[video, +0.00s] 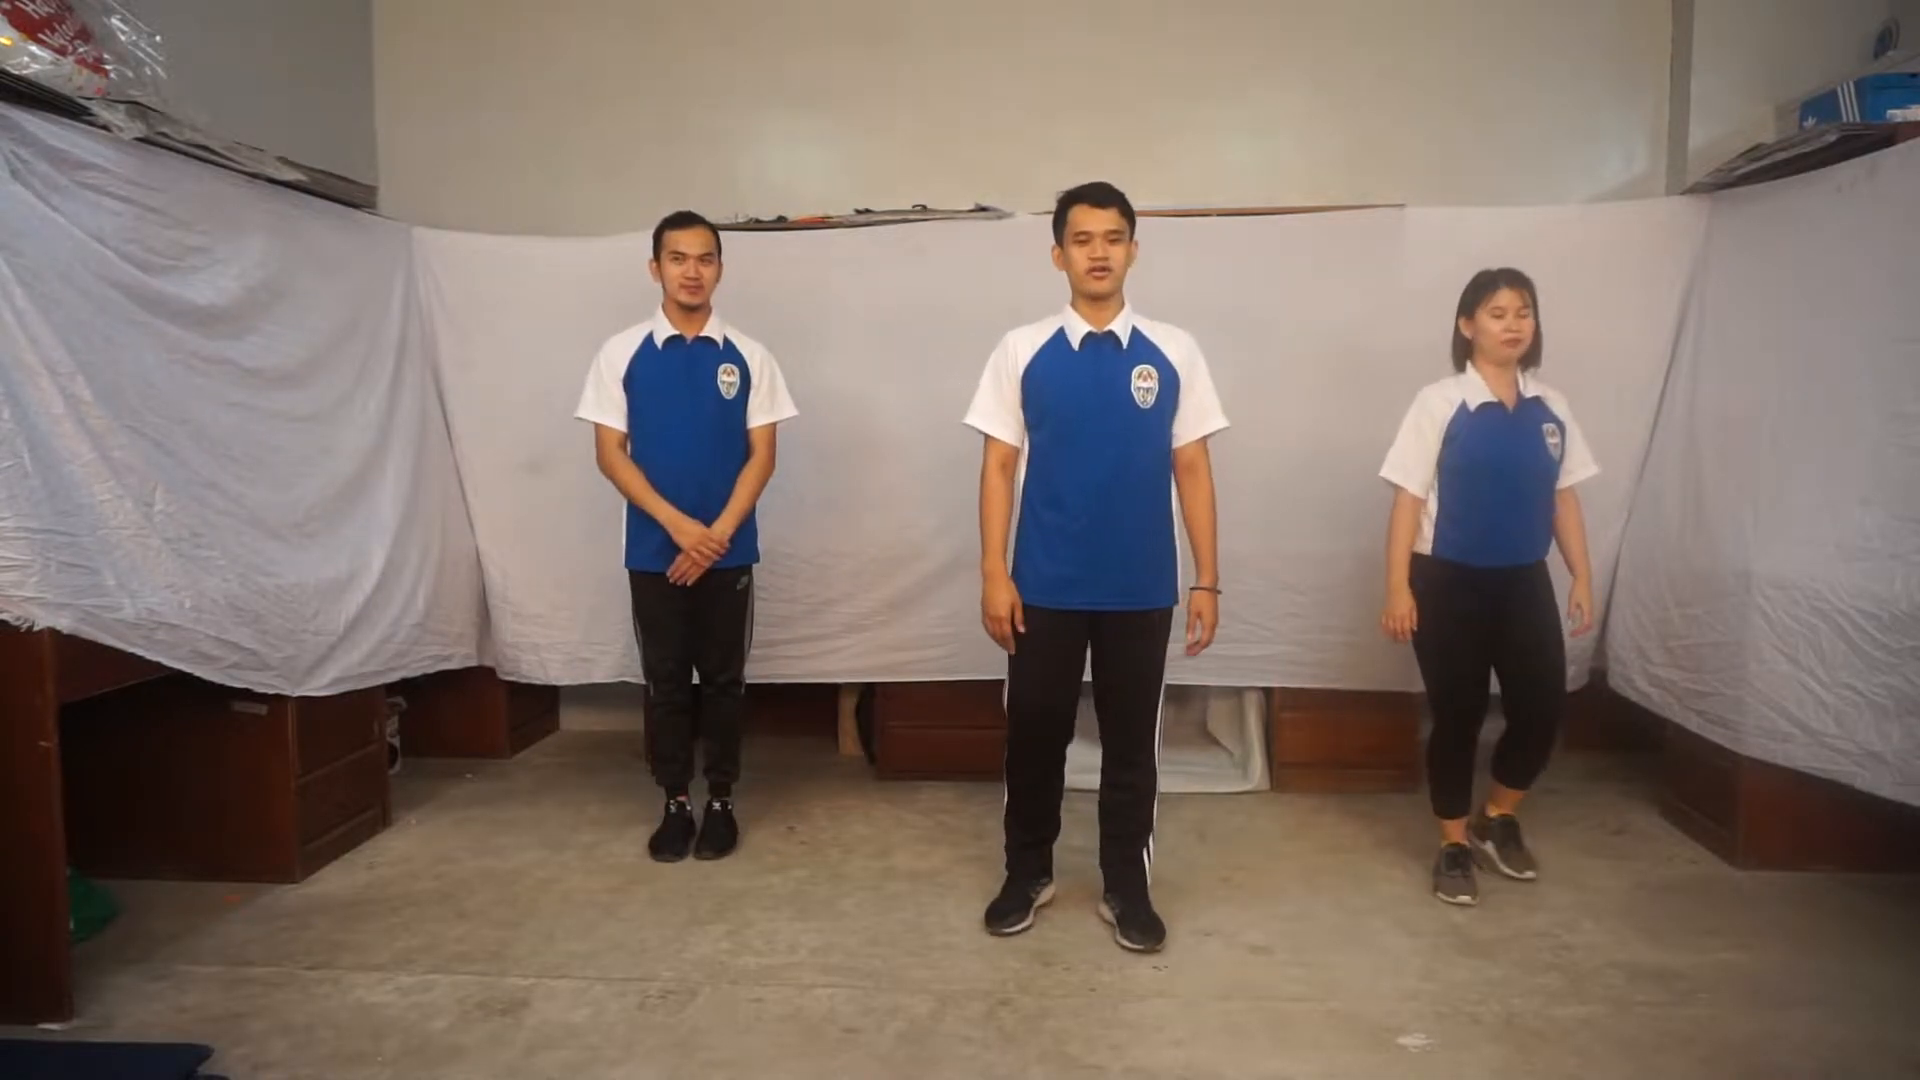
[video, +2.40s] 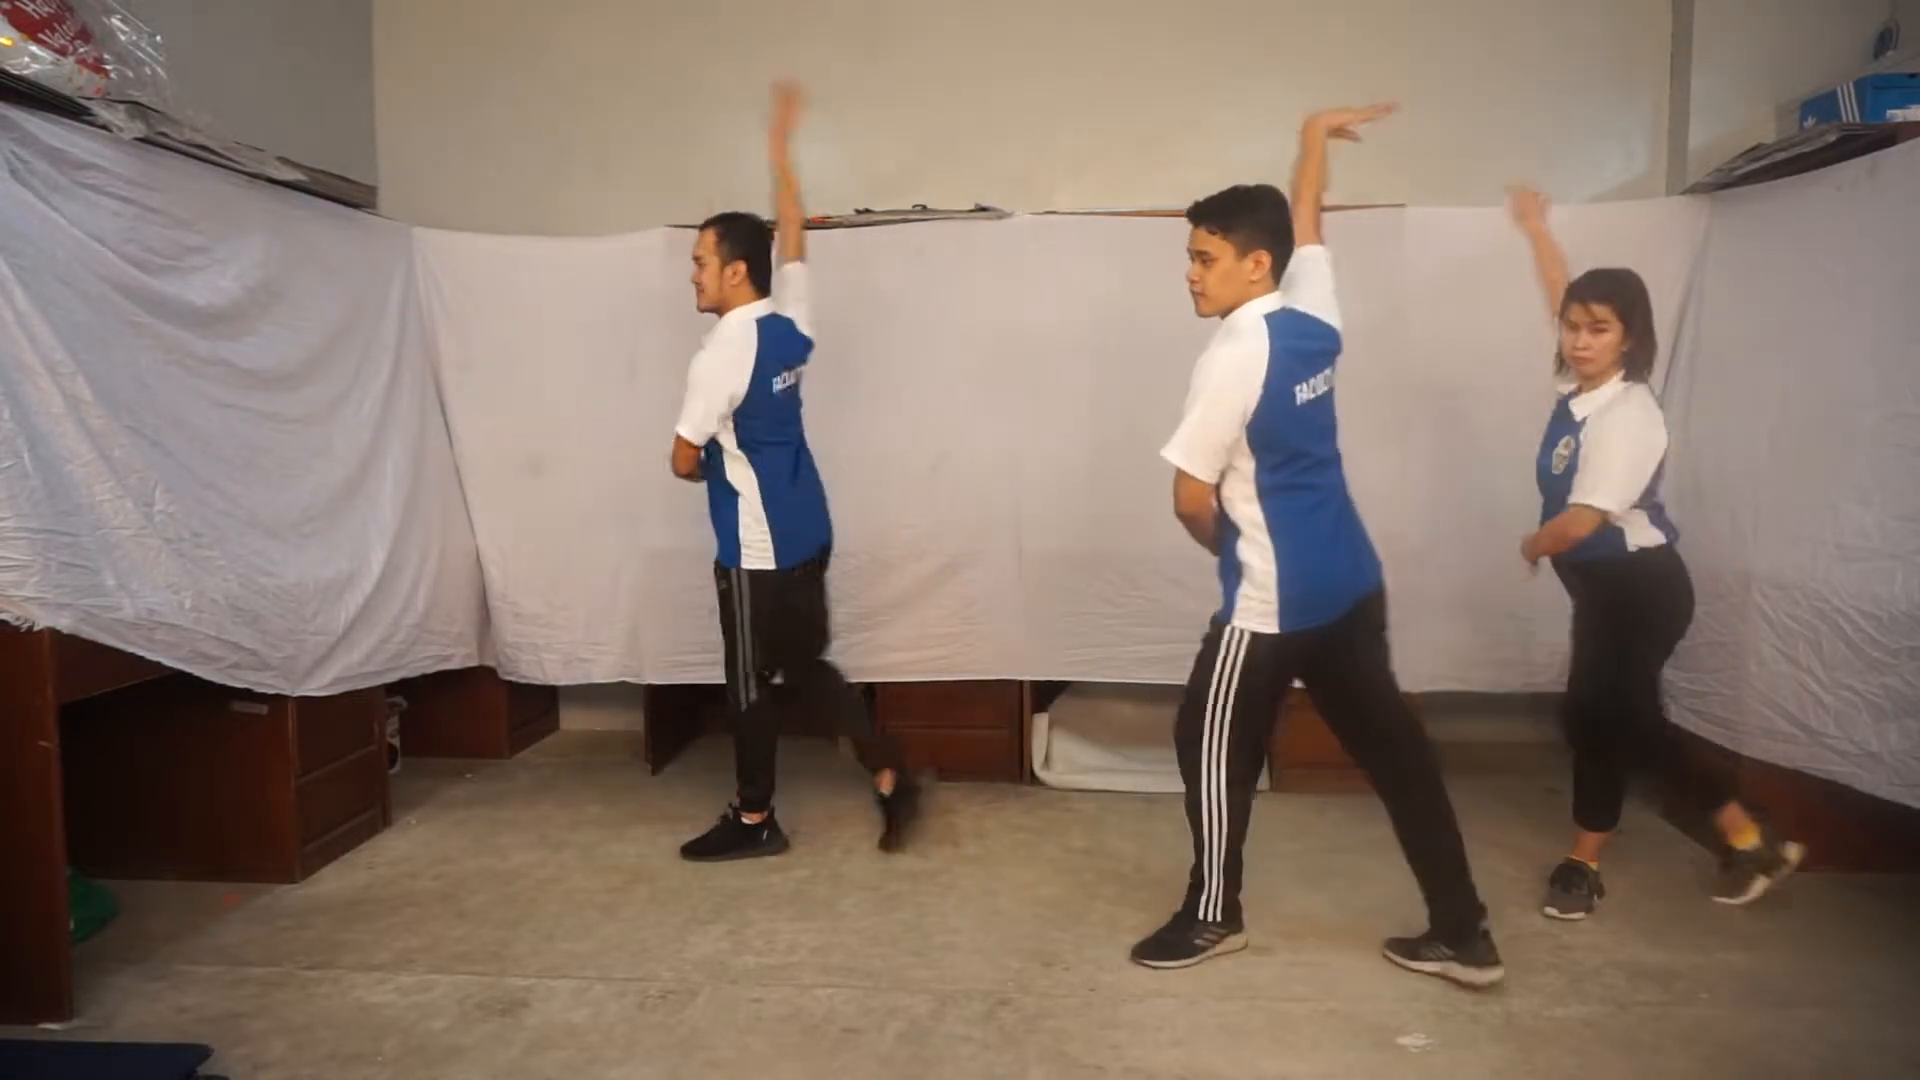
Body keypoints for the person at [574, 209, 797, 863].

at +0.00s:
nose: (693, 270)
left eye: (705, 259)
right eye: (679, 259)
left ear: (718, 269)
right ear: (657, 269)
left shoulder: (749, 357)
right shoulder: (621, 354)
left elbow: (763, 458)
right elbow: (609, 455)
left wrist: (713, 540)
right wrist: (675, 522)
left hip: (727, 555)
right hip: (654, 556)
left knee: (722, 684)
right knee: (666, 687)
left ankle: (720, 803)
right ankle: (676, 804)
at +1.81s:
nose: (650, 268)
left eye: (663, 257)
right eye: (637, 256)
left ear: (680, 269)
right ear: (617, 266)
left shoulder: (708, 354)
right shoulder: (583, 353)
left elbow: (755, 435)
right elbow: (548, 440)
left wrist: (807, 510)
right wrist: (561, 500)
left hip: (691, 550)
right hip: (617, 551)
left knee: (702, 675)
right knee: (631, 680)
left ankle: (739, 796)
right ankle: (637, 799)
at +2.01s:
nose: (670, 274)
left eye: (683, 262)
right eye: (656, 262)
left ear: (700, 271)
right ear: (638, 272)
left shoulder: (730, 352)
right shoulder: (610, 357)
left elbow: (755, 422)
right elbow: (570, 440)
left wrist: (761, 468)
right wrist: (504, 393)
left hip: (707, 553)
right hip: (638, 554)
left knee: (701, 676)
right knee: (631, 674)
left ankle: (750, 811)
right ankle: (634, 799)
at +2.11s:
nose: (663, 274)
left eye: (677, 262)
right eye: (658, 263)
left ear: (715, 270)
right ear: (654, 272)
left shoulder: (740, 349)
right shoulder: (642, 351)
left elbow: (728, 442)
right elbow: (573, 406)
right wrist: (555, 332)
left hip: (728, 554)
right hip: (663, 552)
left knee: (728, 682)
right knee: (657, 676)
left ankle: (753, 813)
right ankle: (638, 797)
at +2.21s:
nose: (673, 274)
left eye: (685, 263)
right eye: (674, 263)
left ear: (725, 270)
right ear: (709, 272)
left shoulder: (739, 346)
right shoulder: (699, 337)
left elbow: (687, 451)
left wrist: (591, 462)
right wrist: (623, 278)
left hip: (749, 550)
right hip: (707, 545)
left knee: (741, 681)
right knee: (686, 664)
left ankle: (754, 817)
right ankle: (730, 792)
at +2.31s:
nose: (685, 273)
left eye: (694, 262)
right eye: (686, 261)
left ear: (730, 272)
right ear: (737, 273)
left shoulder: (730, 344)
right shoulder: (756, 327)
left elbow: (677, 459)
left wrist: (653, 462)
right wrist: (696, 193)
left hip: (756, 541)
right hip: (753, 533)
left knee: (747, 678)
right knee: (734, 667)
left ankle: (753, 817)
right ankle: (833, 761)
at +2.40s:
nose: (693, 273)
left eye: (702, 263)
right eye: (696, 261)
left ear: (737, 271)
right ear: (755, 268)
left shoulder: (723, 350)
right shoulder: (786, 318)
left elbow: (684, 460)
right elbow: (791, 229)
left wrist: (722, 462)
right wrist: (782, 142)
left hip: (753, 542)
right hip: (806, 528)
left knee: (749, 682)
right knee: (808, 668)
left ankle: (754, 815)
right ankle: (890, 777)